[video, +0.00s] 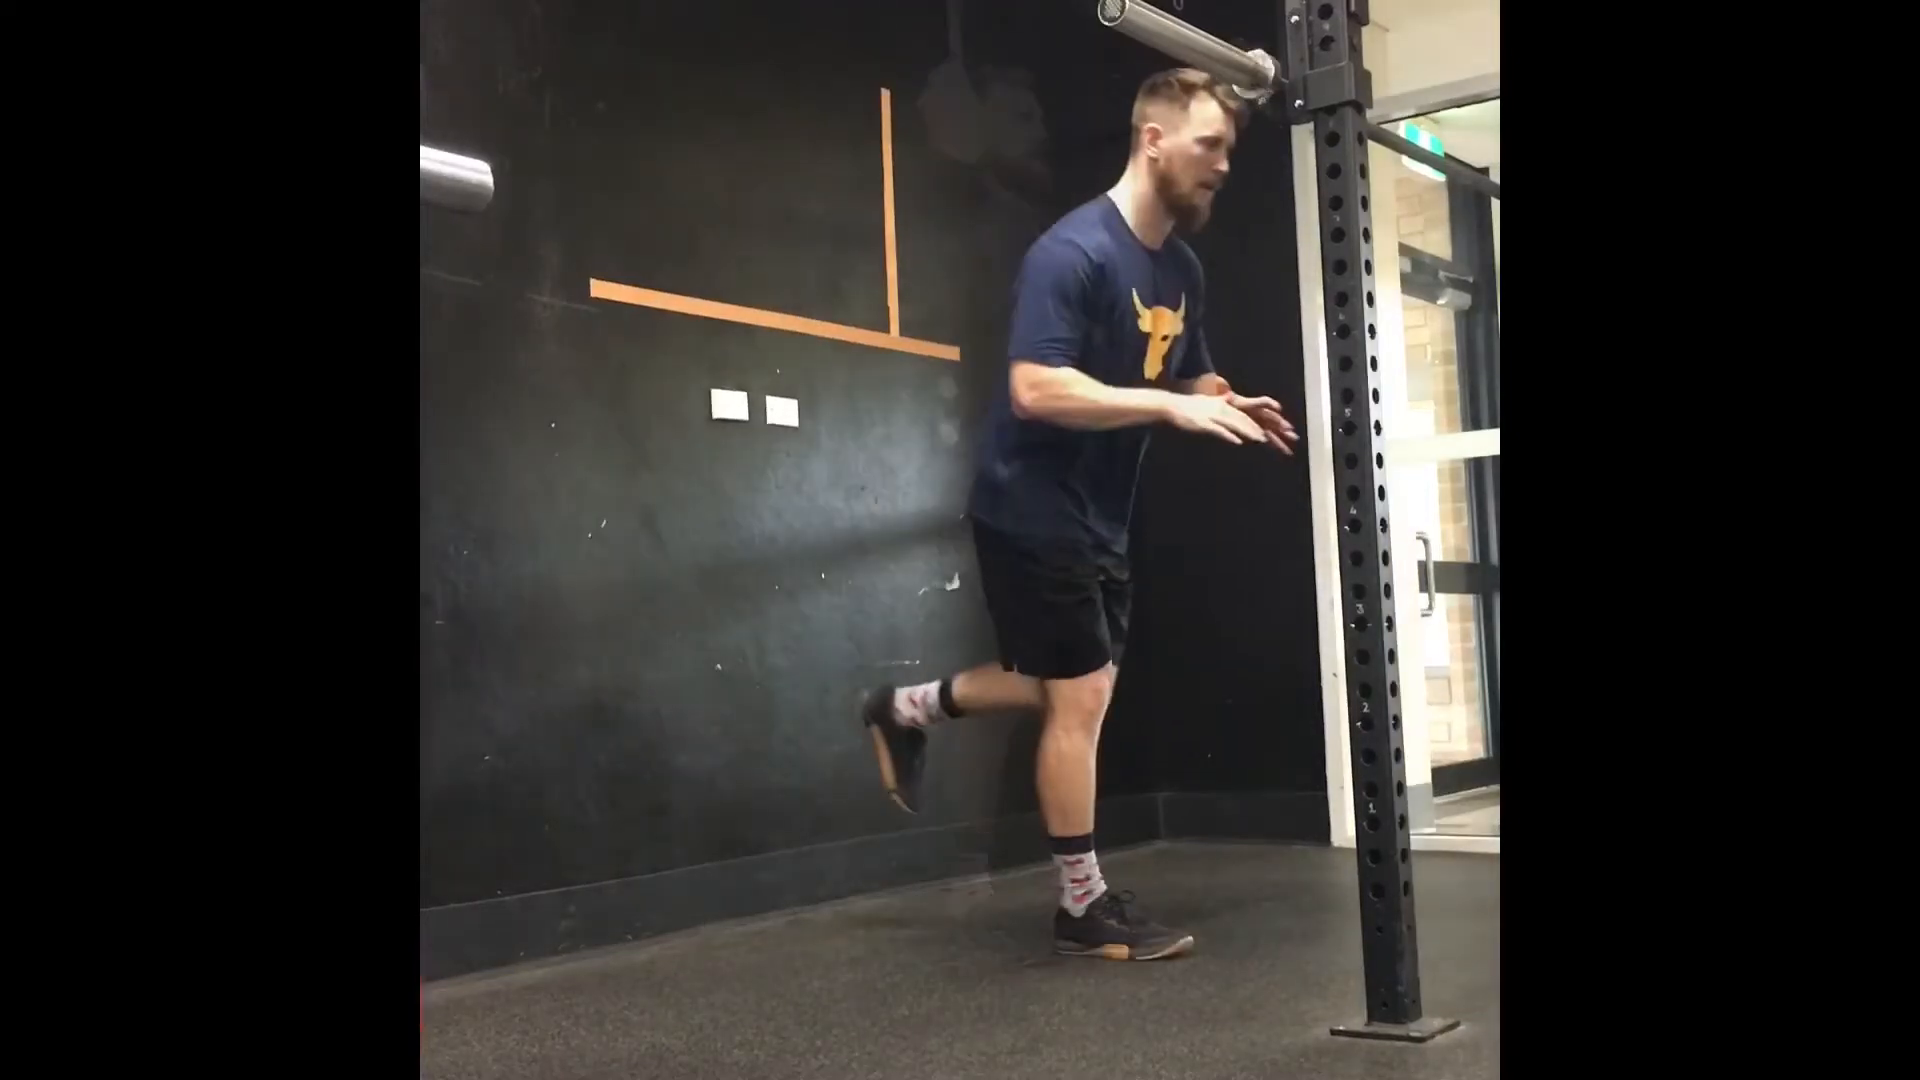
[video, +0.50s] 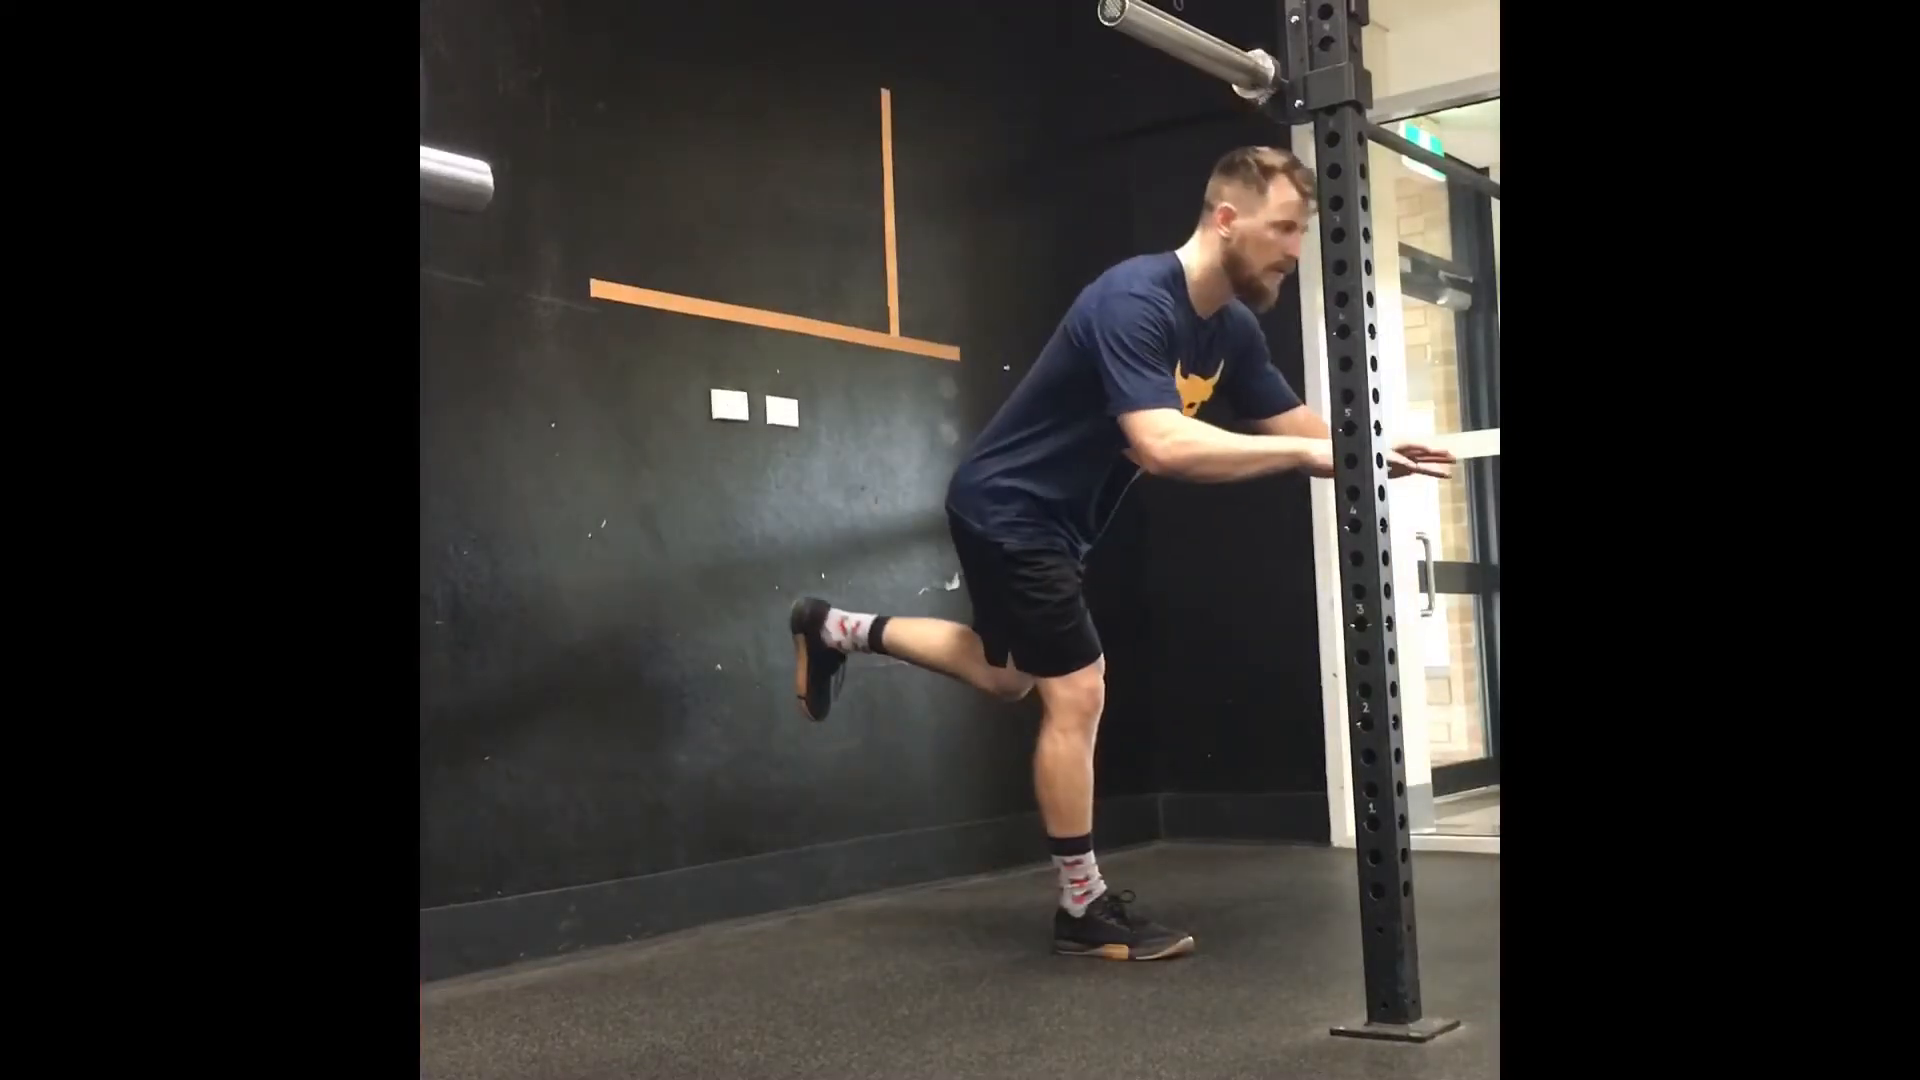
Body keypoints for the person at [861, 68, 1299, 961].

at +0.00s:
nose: (1222, 168)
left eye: (1227, 151)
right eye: (1209, 147)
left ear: (1196, 152)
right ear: (1150, 139)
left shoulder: (1181, 268)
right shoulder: (1068, 254)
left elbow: (1176, 380)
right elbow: (1036, 390)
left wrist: (1224, 402)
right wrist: (1174, 408)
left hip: (1105, 517)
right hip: (1033, 513)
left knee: (1080, 683)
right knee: (1078, 694)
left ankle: (909, 706)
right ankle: (1081, 903)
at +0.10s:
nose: (1240, 180)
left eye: (1245, 163)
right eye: (1226, 160)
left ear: (1201, 164)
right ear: (1166, 155)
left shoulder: (1192, 278)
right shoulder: (1084, 262)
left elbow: (1200, 392)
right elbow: (1063, 402)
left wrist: (1265, 418)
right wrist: (1201, 419)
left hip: (1094, 518)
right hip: (1027, 510)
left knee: (1052, 682)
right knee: (1080, 697)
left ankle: (885, 690)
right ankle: (1082, 903)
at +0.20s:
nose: (1255, 193)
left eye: (1260, 177)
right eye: (1240, 172)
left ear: (1216, 179)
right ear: (1183, 168)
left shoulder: (1202, 292)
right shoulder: (1098, 270)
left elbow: (1236, 401)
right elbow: (1091, 414)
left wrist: (1299, 427)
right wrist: (1235, 430)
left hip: (1083, 517)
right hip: (1021, 505)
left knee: (1042, 682)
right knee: (1080, 693)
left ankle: (870, 675)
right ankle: (1082, 903)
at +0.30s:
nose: (1270, 212)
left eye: (1275, 195)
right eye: (1257, 191)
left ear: (1222, 193)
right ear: (1199, 184)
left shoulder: (1213, 303)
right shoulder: (1108, 281)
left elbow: (1246, 407)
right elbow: (1115, 424)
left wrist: (1310, 426)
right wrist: (1252, 436)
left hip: (1076, 517)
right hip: (1015, 505)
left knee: (1036, 681)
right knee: (1078, 692)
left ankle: (859, 659)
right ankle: (1082, 904)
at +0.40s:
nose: (1288, 232)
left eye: (1292, 214)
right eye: (1274, 211)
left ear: (1238, 213)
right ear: (1213, 202)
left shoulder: (1222, 317)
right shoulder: (1121, 287)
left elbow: (1269, 417)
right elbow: (1141, 434)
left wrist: (1357, 436)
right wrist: (1293, 449)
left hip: (1065, 517)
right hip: (1009, 505)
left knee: (1018, 678)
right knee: (1077, 692)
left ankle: (848, 644)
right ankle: (1082, 906)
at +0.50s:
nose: (1297, 249)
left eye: (1302, 231)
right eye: (1285, 227)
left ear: (1244, 226)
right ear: (1223, 218)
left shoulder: (1232, 325)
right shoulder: (1133, 300)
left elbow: (1285, 424)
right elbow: (1160, 444)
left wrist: (1375, 448)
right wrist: (1308, 458)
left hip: (1057, 518)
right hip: (1005, 507)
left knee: (1003, 671)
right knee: (1076, 691)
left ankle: (835, 630)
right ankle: (1084, 911)